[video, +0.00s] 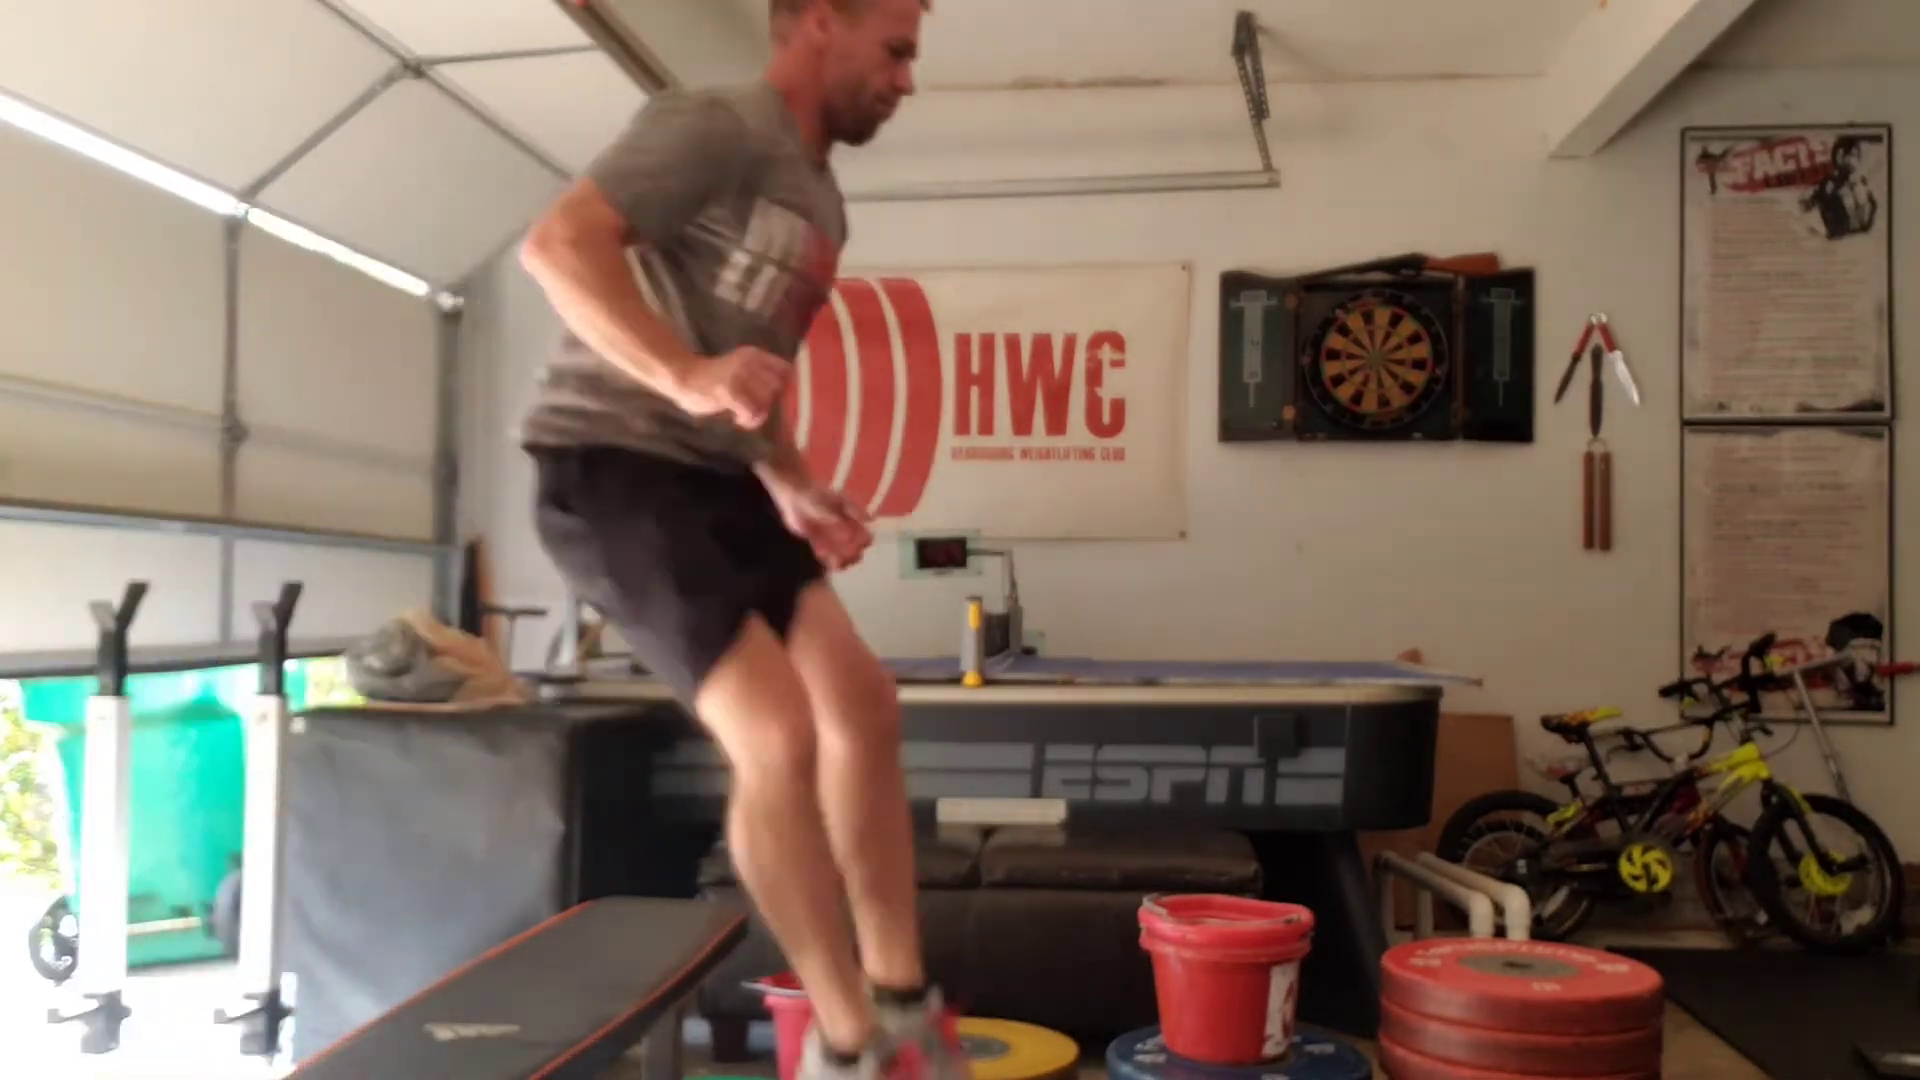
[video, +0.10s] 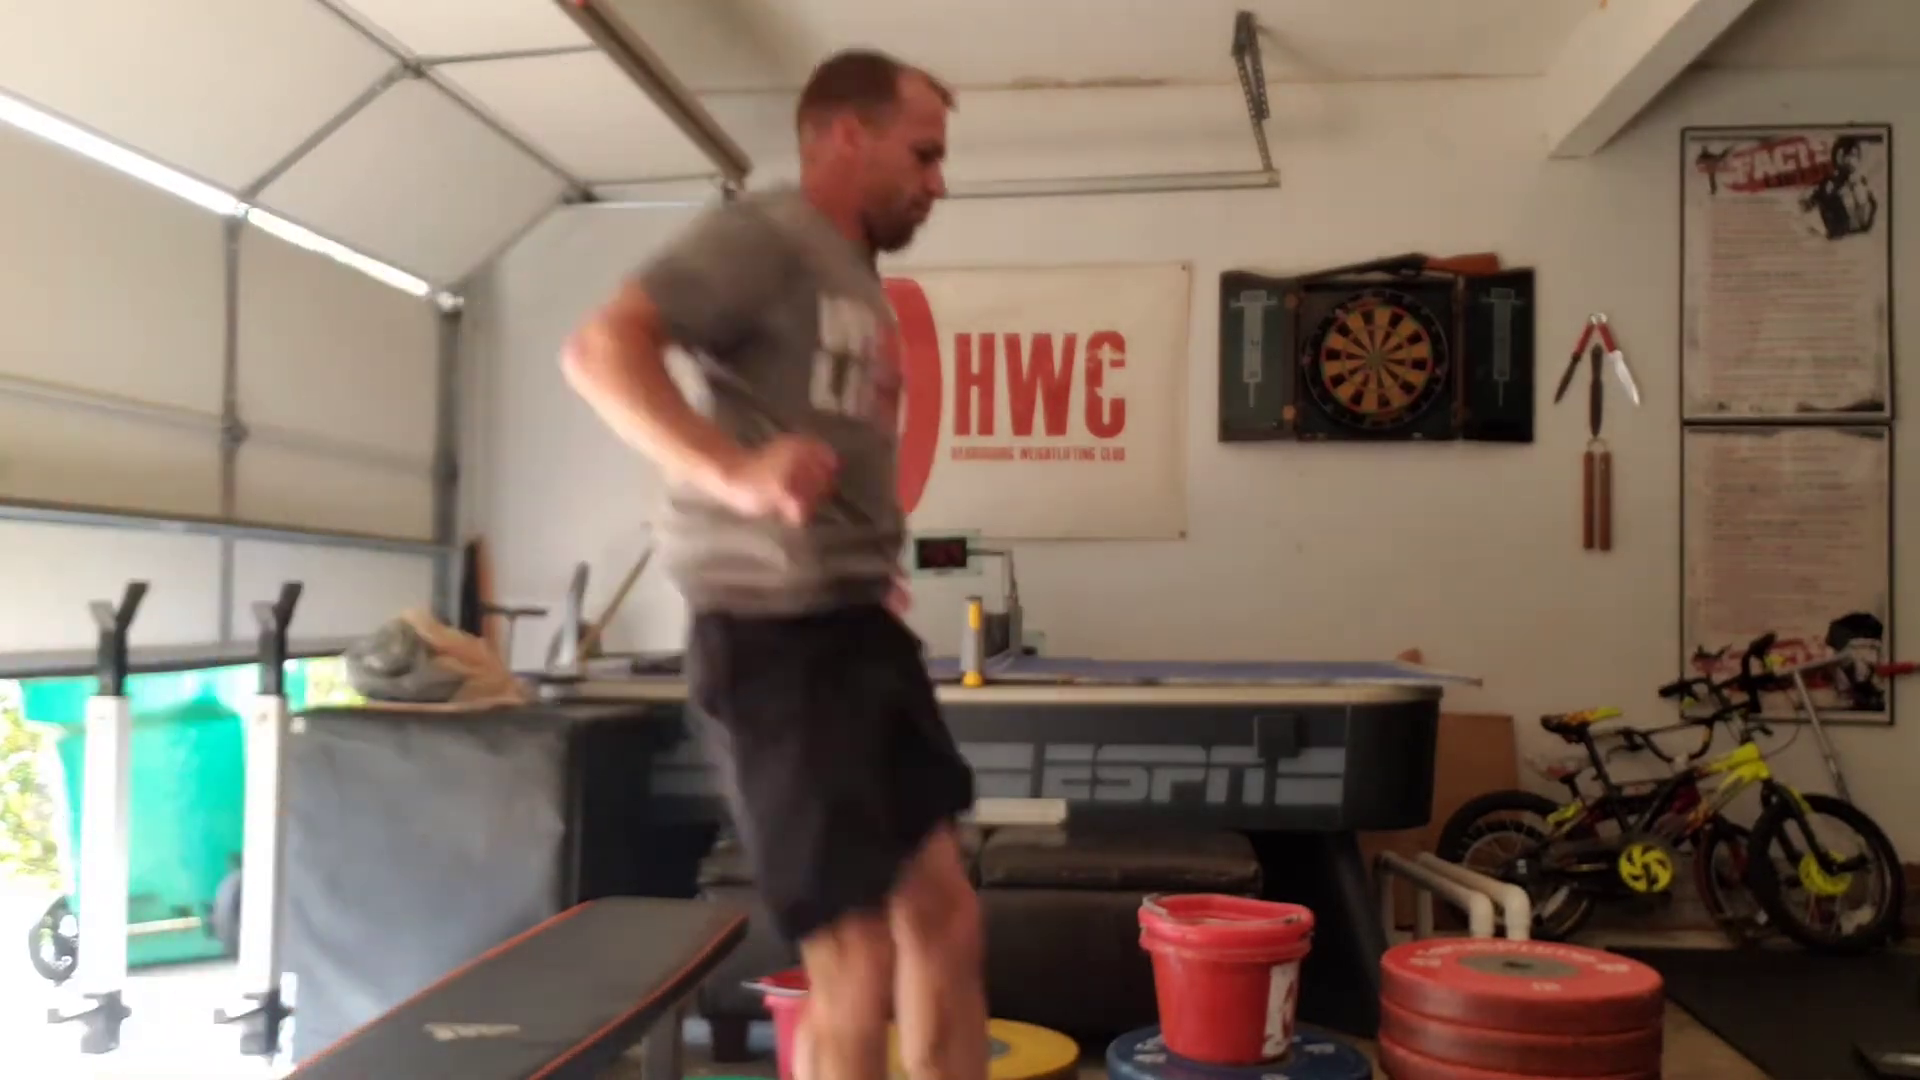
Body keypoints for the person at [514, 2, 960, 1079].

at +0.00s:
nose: (908, 82)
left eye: (912, 57)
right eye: (897, 49)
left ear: (823, 38)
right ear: (813, 27)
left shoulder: (818, 202)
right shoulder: (718, 125)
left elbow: (740, 366)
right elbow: (561, 243)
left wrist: (788, 479)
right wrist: (681, 373)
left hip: (719, 478)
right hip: (614, 467)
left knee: (860, 703)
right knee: (774, 729)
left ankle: (901, 1005)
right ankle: (850, 1042)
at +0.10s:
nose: (937, 185)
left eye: (940, 160)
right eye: (924, 154)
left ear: (847, 144)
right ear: (841, 136)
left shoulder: (852, 272)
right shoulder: (763, 232)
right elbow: (601, 348)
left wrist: (867, 569)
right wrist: (732, 471)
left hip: (857, 626)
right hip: (769, 635)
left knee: (943, 917)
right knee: (850, 966)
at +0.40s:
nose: (950, 171)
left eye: (964, 151)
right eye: (921, 156)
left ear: (991, 174)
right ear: (877, 188)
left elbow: (1112, 509)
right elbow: (777, 523)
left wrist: (1143, 513)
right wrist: (901, 571)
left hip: (1051, 710)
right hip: (897, 711)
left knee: (1101, 990)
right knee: (918, 1020)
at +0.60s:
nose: (924, 196)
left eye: (947, 172)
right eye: (916, 177)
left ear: (1026, 172)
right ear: (909, 190)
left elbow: (1226, 507)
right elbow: (865, 534)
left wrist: (1130, 571)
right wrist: (866, 581)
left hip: (1085, 751)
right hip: (941, 749)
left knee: (1132, 1040)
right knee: (921, 1020)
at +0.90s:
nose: (920, 219)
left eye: (930, 190)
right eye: (918, 196)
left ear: (1002, 175)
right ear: (1003, 181)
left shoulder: (1064, 321)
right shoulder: (1014, 327)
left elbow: (1068, 524)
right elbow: (1037, 545)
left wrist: (880, 591)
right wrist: (922, 629)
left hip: (1104, 737)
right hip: (1032, 727)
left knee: (1149, 1037)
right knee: (973, 962)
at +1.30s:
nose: (708, 330)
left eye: (720, 302)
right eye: (709, 306)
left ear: (783, 297)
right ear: (788, 300)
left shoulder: (832, 393)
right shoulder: (839, 394)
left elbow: (1009, 455)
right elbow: (1008, 462)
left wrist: (1017, 655)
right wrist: (1011, 662)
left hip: (1029, 748)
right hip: (1060, 738)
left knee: (884, 1026)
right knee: (970, 1031)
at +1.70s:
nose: (525, 60)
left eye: (532, 37)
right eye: (526, 44)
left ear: (592, 18)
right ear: (622, 24)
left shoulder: (625, 88)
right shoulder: (671, 112)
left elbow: (424, 172)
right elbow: (582, 289)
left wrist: (344, 76)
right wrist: (503, 193)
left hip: (782, 455)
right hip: (833, 452)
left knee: (632, 737)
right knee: (759, 717)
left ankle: (892, 866)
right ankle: (913, 866)